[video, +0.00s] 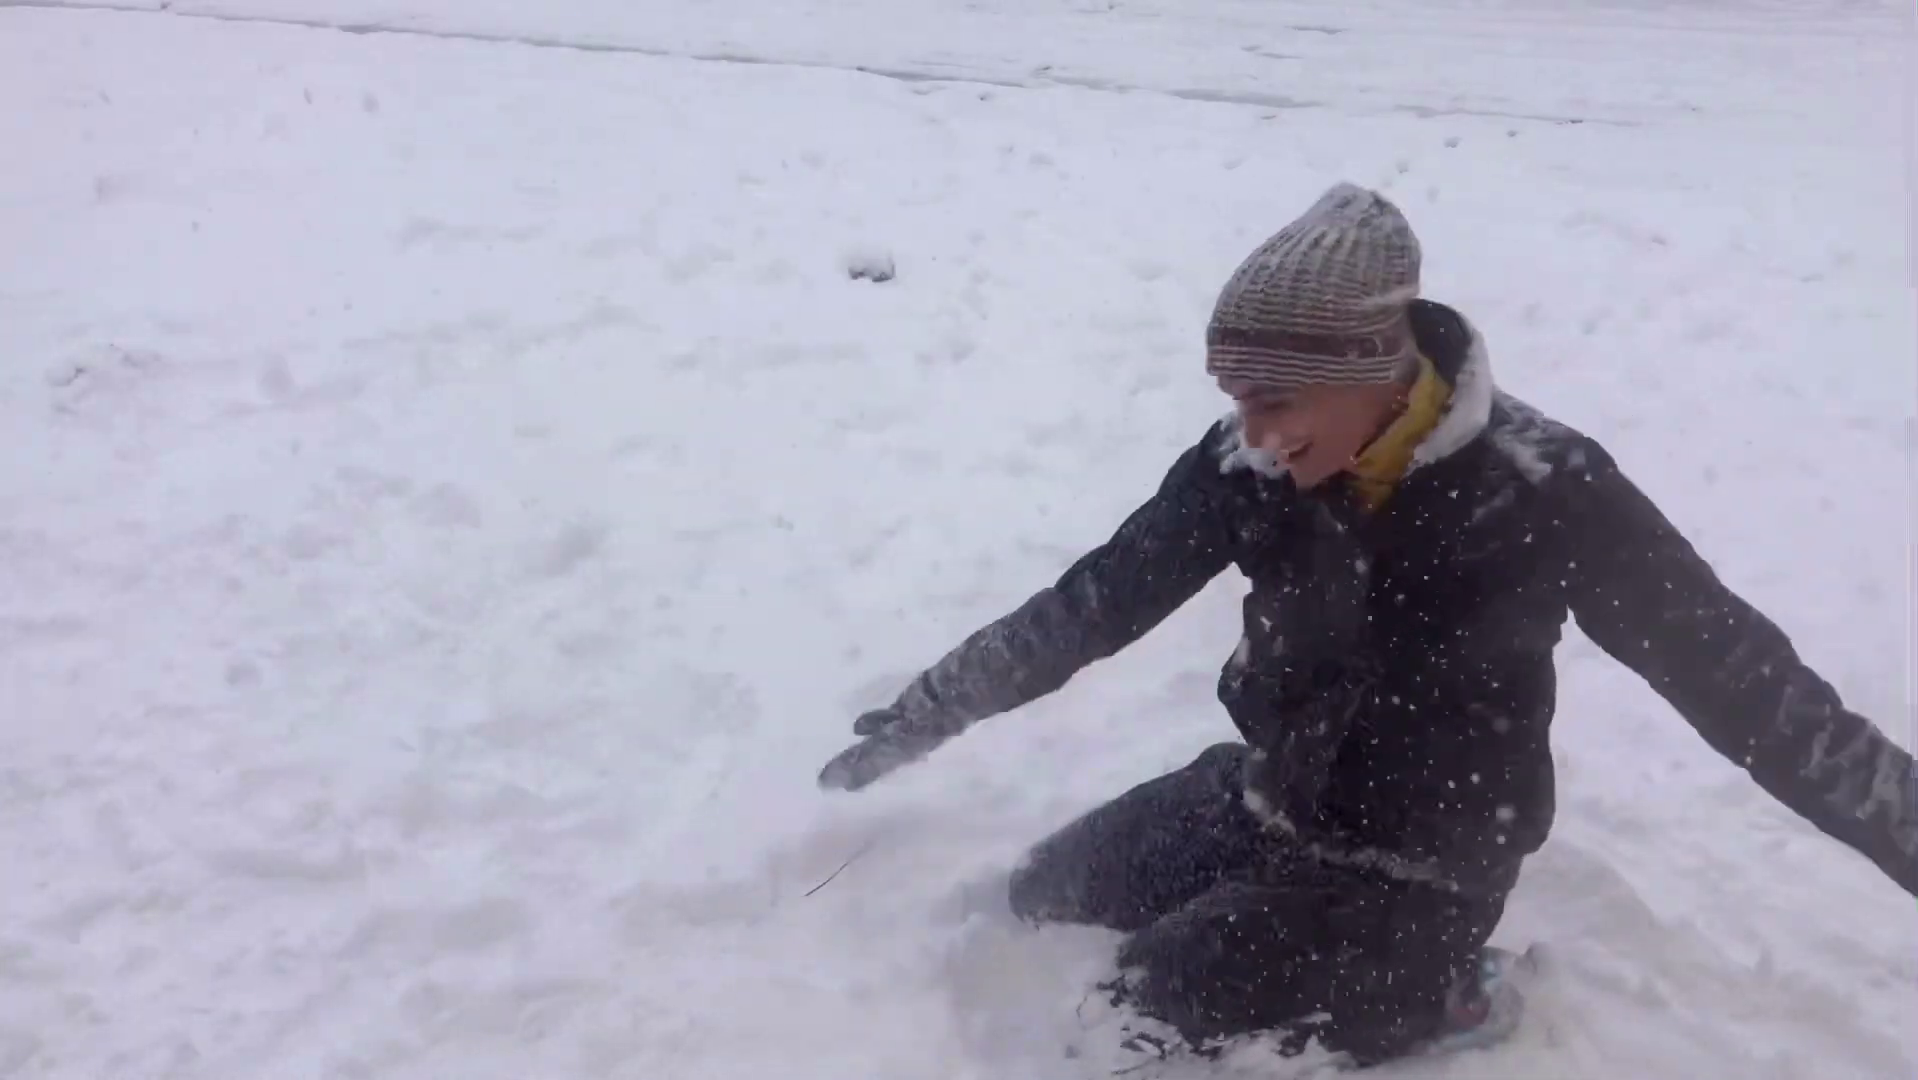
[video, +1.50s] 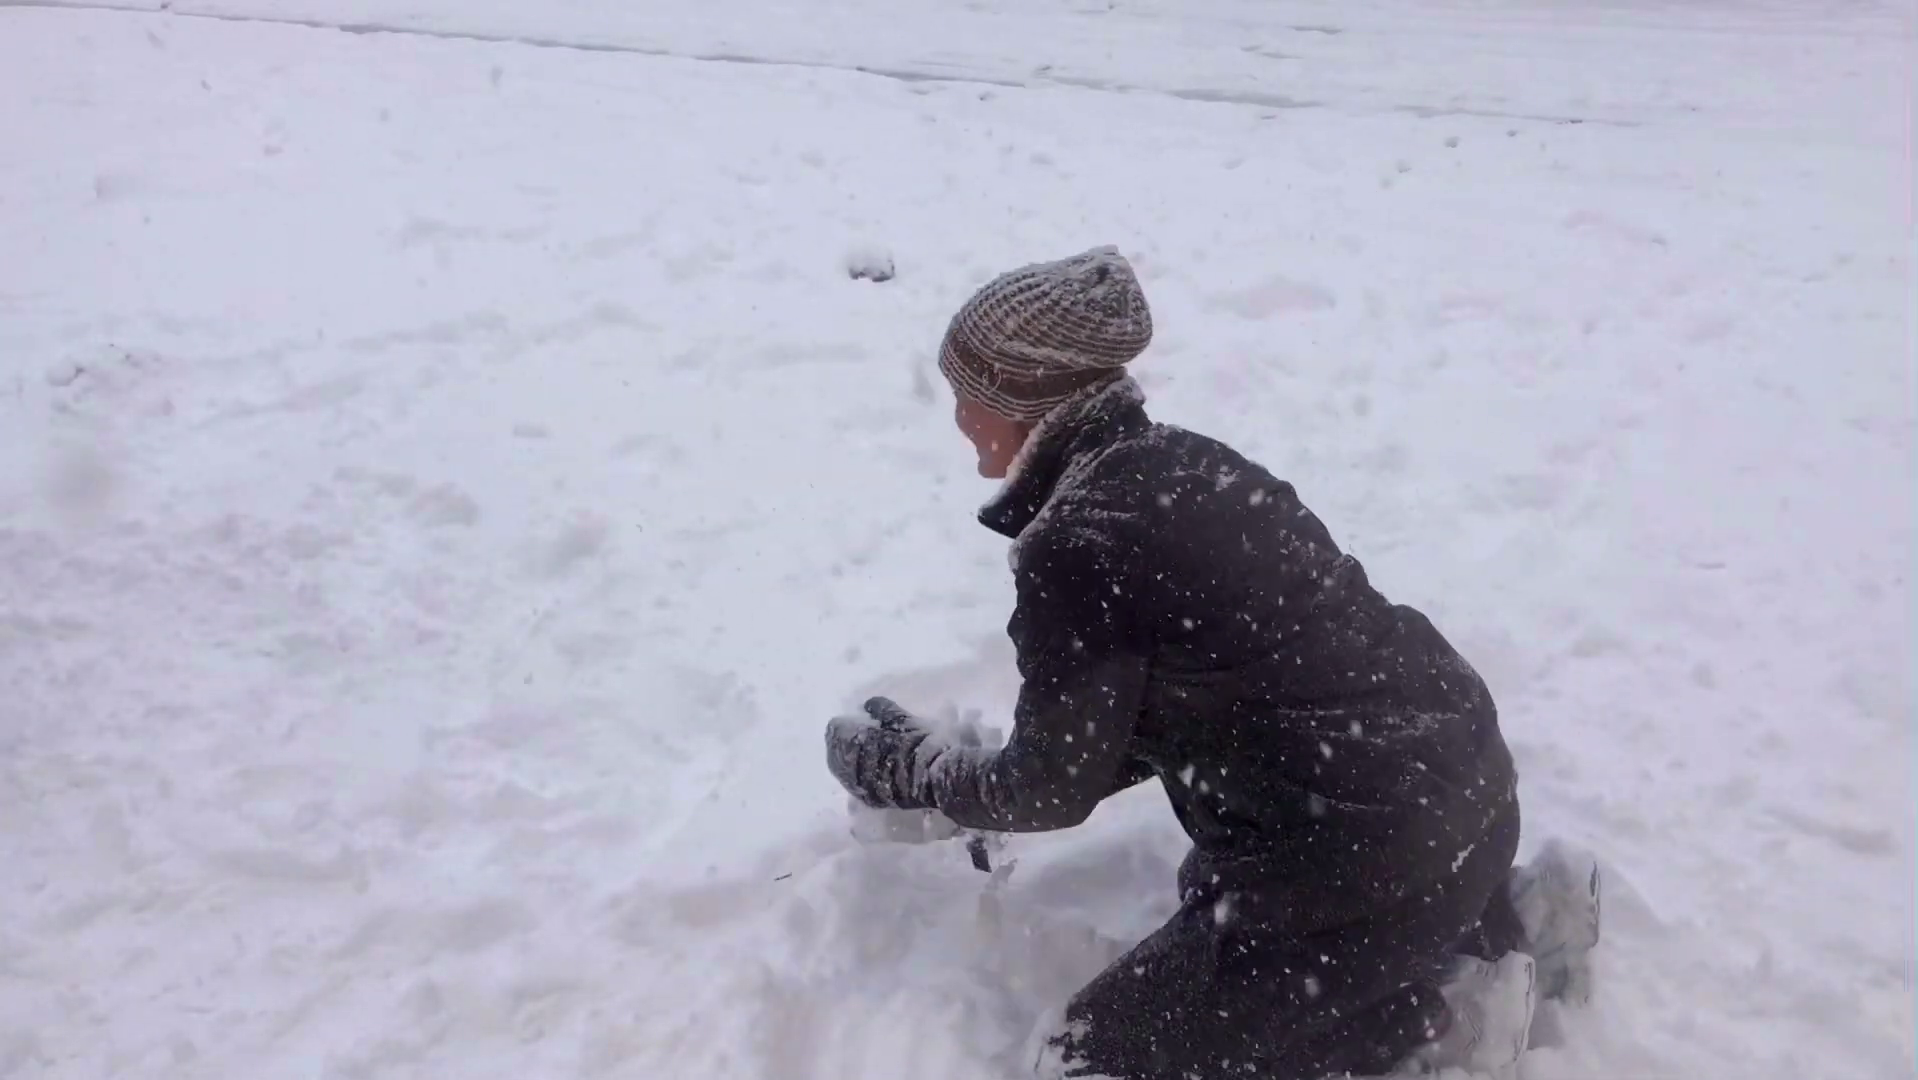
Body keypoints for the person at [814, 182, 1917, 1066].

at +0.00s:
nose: (1252, 435)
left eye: (1276, 401)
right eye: (1241, 404)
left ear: (1377, 365)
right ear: (1245, 386)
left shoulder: (1548, 495)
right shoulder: (1253, 462)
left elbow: (1763, 700)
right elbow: (1088, 609)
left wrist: (1908, 834)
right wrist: (913, 718)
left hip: (1402, 879)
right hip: (1252, 793)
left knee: (1134, 1017)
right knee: (1017, 912)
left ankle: (1432, 997)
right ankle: (1281, 883)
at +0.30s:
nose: (1090, 520)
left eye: (1095, 492)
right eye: (1081, 496)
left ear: (1174, 465)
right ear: (1192, 450)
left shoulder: (1308, 633)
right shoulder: (1315, 460)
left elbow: (1269, 902)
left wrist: (1180, 1047)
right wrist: (1447, 607)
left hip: (1418, 880)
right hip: (1321, 765)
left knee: (1132, 1021)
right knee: (1074, 884)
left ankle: (1436, 1009)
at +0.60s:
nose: (901, 559)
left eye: (895, 530)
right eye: (885, 533)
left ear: (941, 502)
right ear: (1000, 450)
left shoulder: (1033, 651)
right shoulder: (1182, 484)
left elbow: (935, 924)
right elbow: (1323, 657)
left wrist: (827, 1067)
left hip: (1368, 930)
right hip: (1455, 802)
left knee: (1088, 1052)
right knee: (1182, 874)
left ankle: (1423, 1002)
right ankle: (1490, 880)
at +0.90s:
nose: (872, 608)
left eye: (862, 583)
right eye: (854, 588)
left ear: (899, 559)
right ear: (956, 498)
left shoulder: (1007, 679)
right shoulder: (1106, 524)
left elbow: (999, 980)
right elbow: (1154, 753)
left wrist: (905, 1074)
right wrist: (1034, 855)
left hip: (1367, 936)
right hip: (1447, 798)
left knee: (1095, 1045)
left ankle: (1428, 1017)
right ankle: (1504, 918)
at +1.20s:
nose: (904, 564)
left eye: (908, 537)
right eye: (898, 539)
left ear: (977, 532)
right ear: (1002, 512)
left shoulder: (1076, 651)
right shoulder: (1124, 557)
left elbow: (1096, 916)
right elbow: (1108, 834)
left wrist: (913, 1008)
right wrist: (973, 922)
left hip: (1398, 909)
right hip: (1466, 804)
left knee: (1117, 1043)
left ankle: (1454, 1009)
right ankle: (1507, 911)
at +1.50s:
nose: (960, 428)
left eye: (966, 405)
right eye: (958, 403)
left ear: (1023, 410)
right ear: (1089, 389)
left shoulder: (1073, 550)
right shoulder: (1192, 464)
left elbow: (1061, 781)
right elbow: (1164, 718)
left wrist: (920, 777)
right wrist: (986, 789)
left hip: (1355, 872)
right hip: (1470, 784)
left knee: (1096, 1052)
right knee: (1221, 869)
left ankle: (1432, 1009)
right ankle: (1501, 922)